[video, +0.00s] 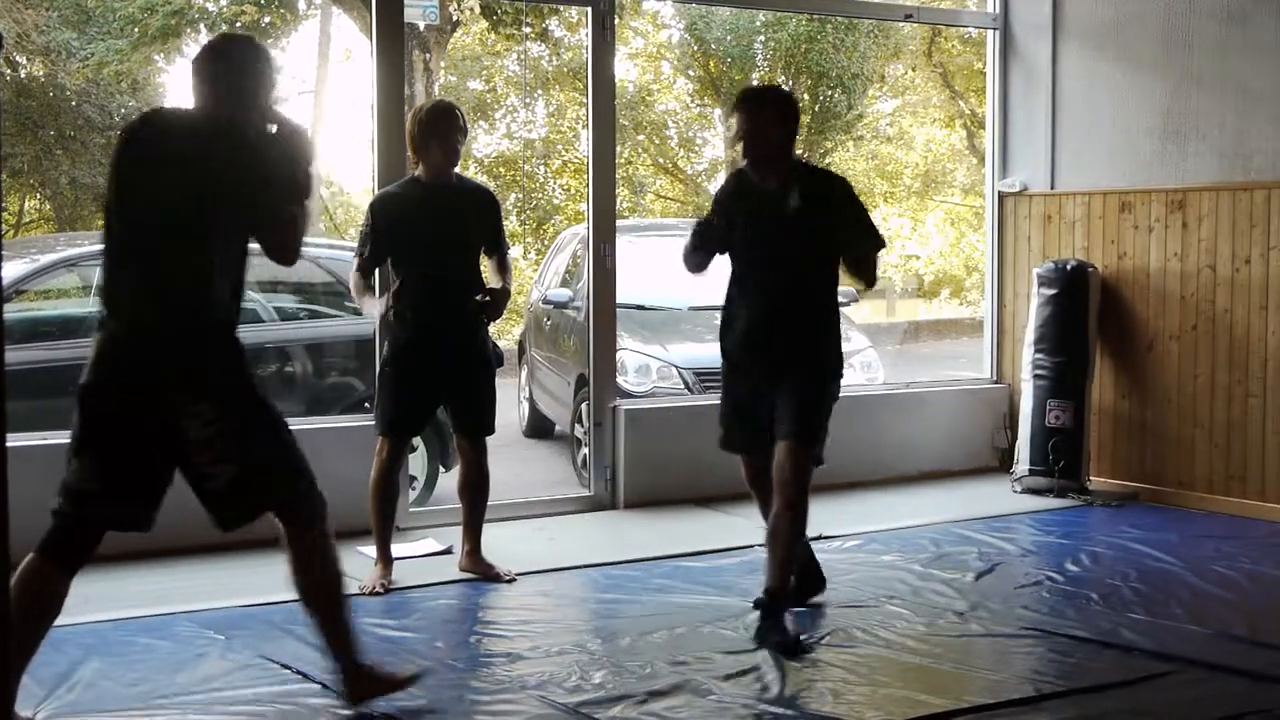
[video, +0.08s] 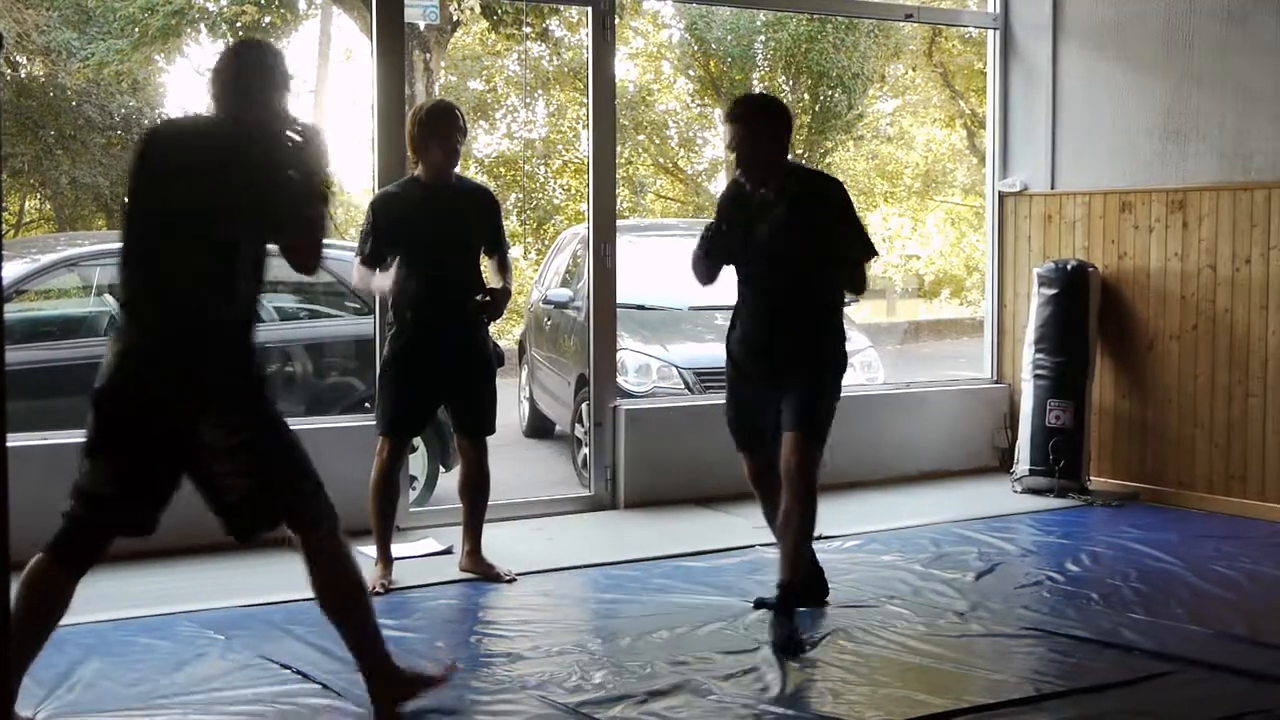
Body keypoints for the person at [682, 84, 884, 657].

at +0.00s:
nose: (747, 140)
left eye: (758, 129)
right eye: (742, 130)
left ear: (789, 130)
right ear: (737, 133)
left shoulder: (830, 190)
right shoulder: (736, 191)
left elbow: (866, 273)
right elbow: (694, 261)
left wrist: (839, 234)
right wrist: (714, 224)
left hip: (808, 347)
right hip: (747, 348)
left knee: (791, 473)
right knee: (759, 477)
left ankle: (772, 613)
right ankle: (805, 569)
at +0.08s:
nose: (735, 153)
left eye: (745, 142)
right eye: (731, 143)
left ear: (779, 138)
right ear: (732, 143)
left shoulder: (825, 192)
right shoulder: (736, 198)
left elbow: (857, 278)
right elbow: (704, 272)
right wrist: (723, 226)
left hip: (813, 347)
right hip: (752, 348)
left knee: (797, 469)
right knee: (764, 478)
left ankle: (787, 603)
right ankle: (810, 581)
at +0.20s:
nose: (729, 152)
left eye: (736, 140)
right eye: (725, 142)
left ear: (770, 133)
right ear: (733, 140)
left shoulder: (821, 186)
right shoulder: (739, 192)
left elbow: (857, 268)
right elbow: (714, 262)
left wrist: (805, 272)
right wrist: (736, 202)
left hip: (814, 338)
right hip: (757, 340)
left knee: (802, 459)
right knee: (767, 465)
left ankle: (812, 589)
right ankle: (806, 574)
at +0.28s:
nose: (722, 141)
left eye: (729, 130)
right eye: (721, 131)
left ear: (763, 126)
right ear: (738, 131)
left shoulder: (821, 180)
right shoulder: (741, 182)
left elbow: (864, 256)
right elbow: (715, 251)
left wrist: (812, 270)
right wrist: (736, 188)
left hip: (814, 339)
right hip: (759, 340)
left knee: (803, 463)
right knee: (773, 464)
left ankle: (825, 597)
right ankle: (804, 574)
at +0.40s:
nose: (722, 138)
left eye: (729, 125)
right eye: (719, 126)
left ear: (763, 121)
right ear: (737, 126)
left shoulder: (822, 170)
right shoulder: (744, 178)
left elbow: (875, 239)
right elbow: (721, 248)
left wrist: (813, 249)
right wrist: (719, 210)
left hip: (816, 341)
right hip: (761, 339)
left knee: (803, 468)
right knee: (773, 463)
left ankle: (826, 601)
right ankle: (802, 570)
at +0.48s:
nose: (723, 137)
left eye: (730, 124)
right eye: (721, 125)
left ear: (764, 121)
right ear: (740, 125)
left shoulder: (825, 169)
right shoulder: (747, 180)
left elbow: (882, 237)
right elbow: (730, 254)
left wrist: (815, 219)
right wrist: (714, 220)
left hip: (820, 340)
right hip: (763, 339)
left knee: (805, 469)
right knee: (762, 462)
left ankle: (825, 600)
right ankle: (797, 563)